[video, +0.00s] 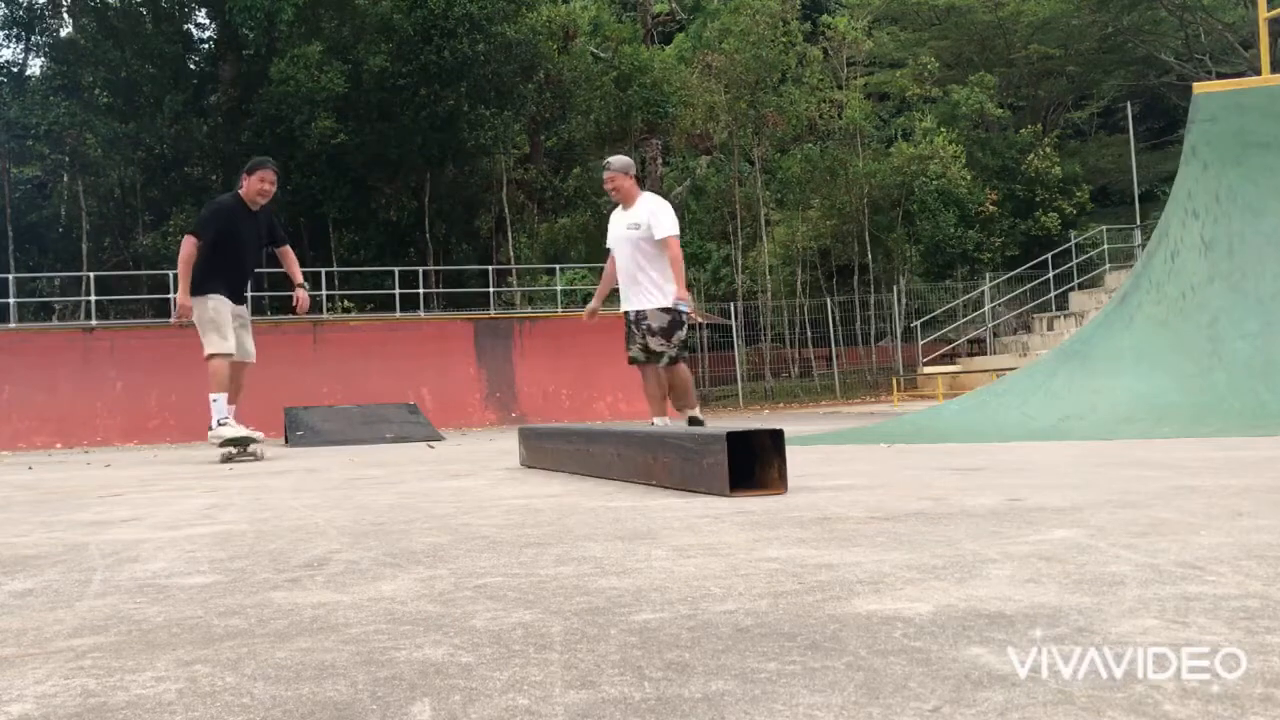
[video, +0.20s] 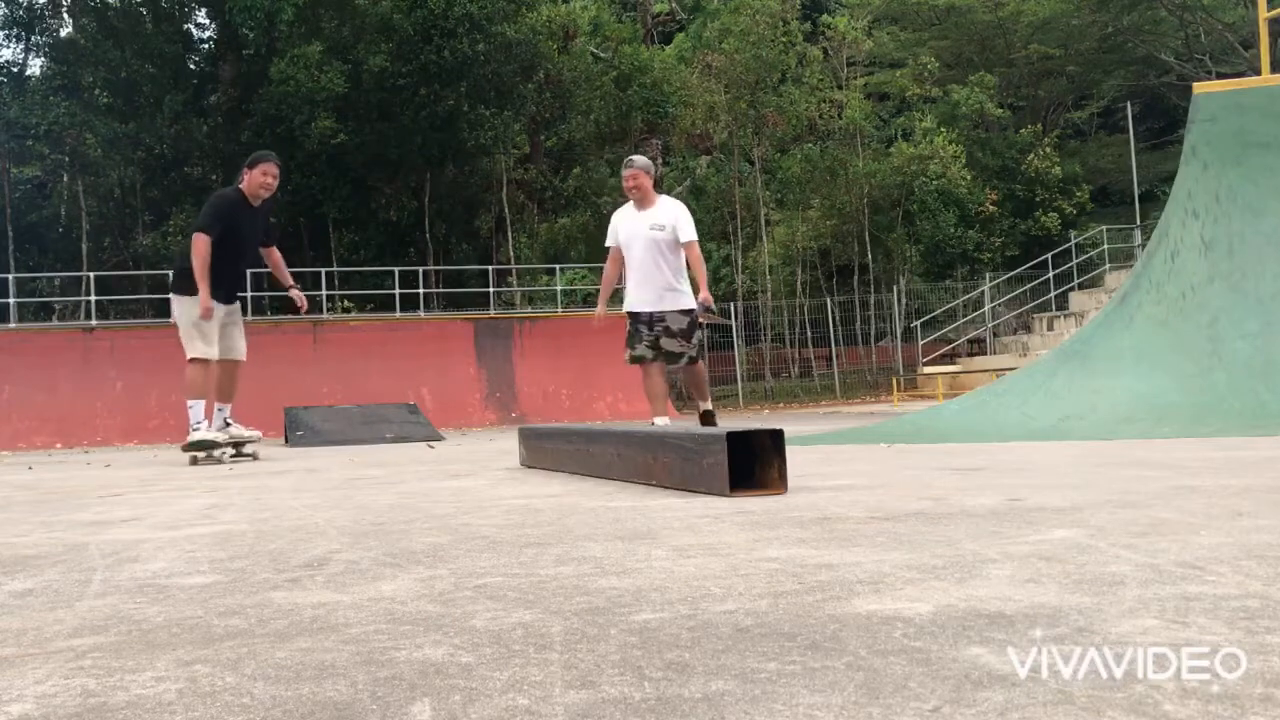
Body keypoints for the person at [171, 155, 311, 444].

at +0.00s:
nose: (267, 188)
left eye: (272, 184)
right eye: (262, 181)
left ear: (276, 188)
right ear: (244, 180)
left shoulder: (265, 216)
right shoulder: (221, 208)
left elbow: (284, 250)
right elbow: (190, 243)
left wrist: (300, 285)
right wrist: (183, 293)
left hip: (235, 296)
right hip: (208, 292)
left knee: (241, 357)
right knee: (220, 353)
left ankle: (229, 422)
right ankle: (219, 423)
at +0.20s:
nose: (270, 182)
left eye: (275, 178)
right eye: (264, 174)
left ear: (277, 183)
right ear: (246, 174)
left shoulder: (262, 212)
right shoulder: (223, 201)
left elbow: (270, 251)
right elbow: (199, 242)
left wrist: (291, 286)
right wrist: (204, 293)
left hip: (227, 296)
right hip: (194, 294)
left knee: (231, 357)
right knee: (201, 357)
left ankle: (221, 423)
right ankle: (197, 428)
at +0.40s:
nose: (275, 177)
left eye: (280, 172)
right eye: (270, 169)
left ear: (282, 177)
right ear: (250, 167)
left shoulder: (259, 207)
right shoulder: (228, 193)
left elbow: (248, 248)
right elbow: (219, 236)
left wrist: (252, 286)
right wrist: (240, 281)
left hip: (221, 289)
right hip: (192, 284)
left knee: (221, 354)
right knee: (195, 351)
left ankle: (204, 425)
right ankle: (173, 424)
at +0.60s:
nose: (278, 170)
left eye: (284, 165)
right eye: (273, 162)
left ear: (286, 170)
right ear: (253, 161)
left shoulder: (261, 201)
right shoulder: (233, 187)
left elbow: (258, 243)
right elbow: (205, 220)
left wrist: (269, 284)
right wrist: (216, 270)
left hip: (214, 281)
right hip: (202, 279)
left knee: (216, 353)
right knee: (228, 348)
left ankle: (188, 424)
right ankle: (214, 423)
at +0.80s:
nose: (296, 171)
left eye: (301, 167)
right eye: (290, 163)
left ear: (303, 171)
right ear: (269, 161)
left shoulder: (270, 199)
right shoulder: (249, 186)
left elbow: (277, 238)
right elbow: (221, 228)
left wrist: (302, 274)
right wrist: (210, 277)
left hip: (204, 277)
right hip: (215, 278)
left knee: (216, 355)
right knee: (240, 347)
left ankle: (190, 425)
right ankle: (223, 424)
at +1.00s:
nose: (310, 170)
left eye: (315, 164)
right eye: (304, 161)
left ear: (318, 168)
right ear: (282, 159)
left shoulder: (289, 199)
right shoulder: (258, 185)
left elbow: (305, 235)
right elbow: (230, 233)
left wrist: (316, 274)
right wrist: (230, 290)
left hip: (211, 272)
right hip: (220, 272)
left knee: (238, 351)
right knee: (261, 342)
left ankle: (204, 420)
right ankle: (239, 422)